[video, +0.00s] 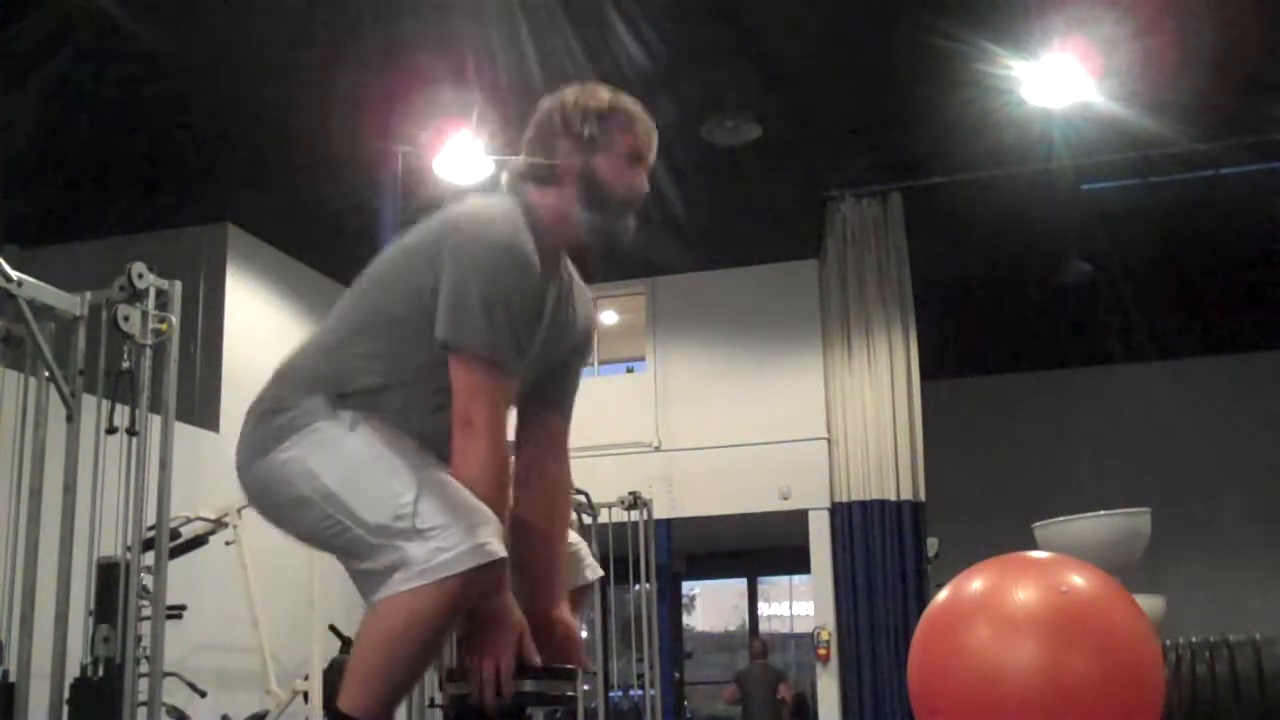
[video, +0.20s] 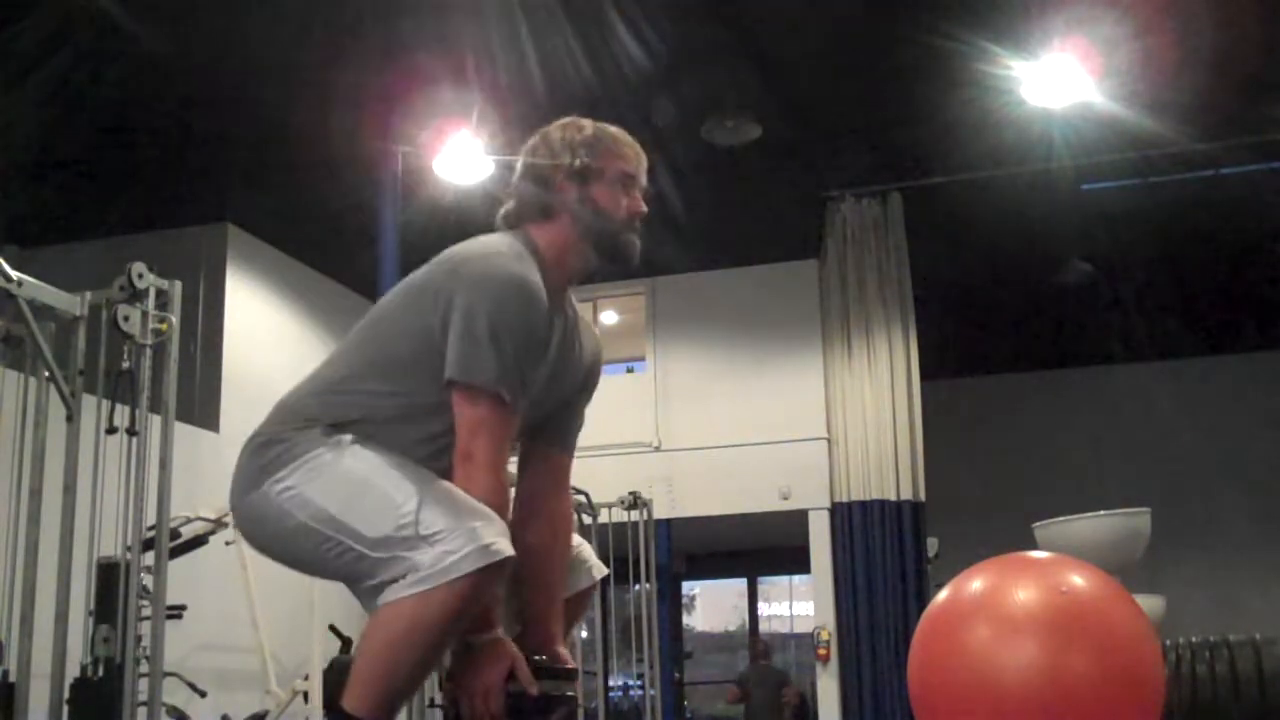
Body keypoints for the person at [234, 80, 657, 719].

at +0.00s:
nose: (645, 186)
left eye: (648, 168)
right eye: (632, 161)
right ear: (571, 154)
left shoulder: (572, 305)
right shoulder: (493, 237)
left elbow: (543, 460)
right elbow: (474, 430)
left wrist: (547, 605)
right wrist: (488, 601)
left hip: (397, 446)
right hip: (307, 427)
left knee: (566, 570)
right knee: (459, 548)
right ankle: (355, 709)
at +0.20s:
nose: (642, 206)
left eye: (642, 191)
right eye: (626, 185)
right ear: (567, 188)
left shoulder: (577, 342)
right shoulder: (500, 278)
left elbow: (546, 497)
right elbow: (478, 468)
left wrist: (547, 646)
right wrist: (482, 634)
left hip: (394, 477)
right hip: (301, 457)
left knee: (572, 578)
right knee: (465, 550)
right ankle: (357, 708)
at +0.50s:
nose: (604, 192)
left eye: (601, 177)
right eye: (584, 174)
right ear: (527, 186)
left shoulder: (567, 342)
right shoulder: (477, 286)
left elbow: (541, 494)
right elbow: (468, 475)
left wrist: (540, 636)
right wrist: (477, 640)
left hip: (392, 497)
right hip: (291, 485)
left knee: (574, 576)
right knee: (456, 546)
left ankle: (484, 710)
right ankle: (355, 711)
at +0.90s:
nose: (562, 93)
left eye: (559, 77)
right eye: (544, 74)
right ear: (483, 86)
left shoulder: (533, 248)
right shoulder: (440, 190)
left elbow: (526, 398)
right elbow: (456, 377)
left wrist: (538, 537)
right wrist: (479, 527)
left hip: (388, 421)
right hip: (297, 404)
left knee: (551, 563)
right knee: (434, 538)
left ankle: (472, 709)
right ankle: (347, 710)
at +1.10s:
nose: (546, 27)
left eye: (548, 16)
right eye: (531, 10)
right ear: (476, 18)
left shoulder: (529, 163)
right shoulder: (434, 95)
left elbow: (522, 305)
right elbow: (452, 272)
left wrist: (535, 439)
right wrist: (474, 419)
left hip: (409, 359)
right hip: (316, 337)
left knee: (512, 551)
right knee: (400, 519)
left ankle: (464, 709)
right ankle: (338, 711)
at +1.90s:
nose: (598, 77)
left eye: (596, 61)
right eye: (580, 58)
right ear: (518, 68)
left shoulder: (549, 235)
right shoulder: (460, 165)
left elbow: (536, 390)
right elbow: (466, 363)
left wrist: (545, 523)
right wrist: (484, 514)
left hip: (397, 404)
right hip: (302, 382)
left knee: (534, 567)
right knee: (412, 535)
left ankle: (476, 709)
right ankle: (343, 713)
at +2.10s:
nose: (615, 149)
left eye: (612, 134)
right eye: (594, 130)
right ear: (536, 144)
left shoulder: (563, 309)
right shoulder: (474, 244)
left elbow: (544, 455)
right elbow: (480, 445)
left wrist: (551, 605)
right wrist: (495, 605)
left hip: (404, 454)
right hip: (303, 433)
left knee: (575, 572)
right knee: (448, 541)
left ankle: (480, 706)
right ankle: (349, 710)